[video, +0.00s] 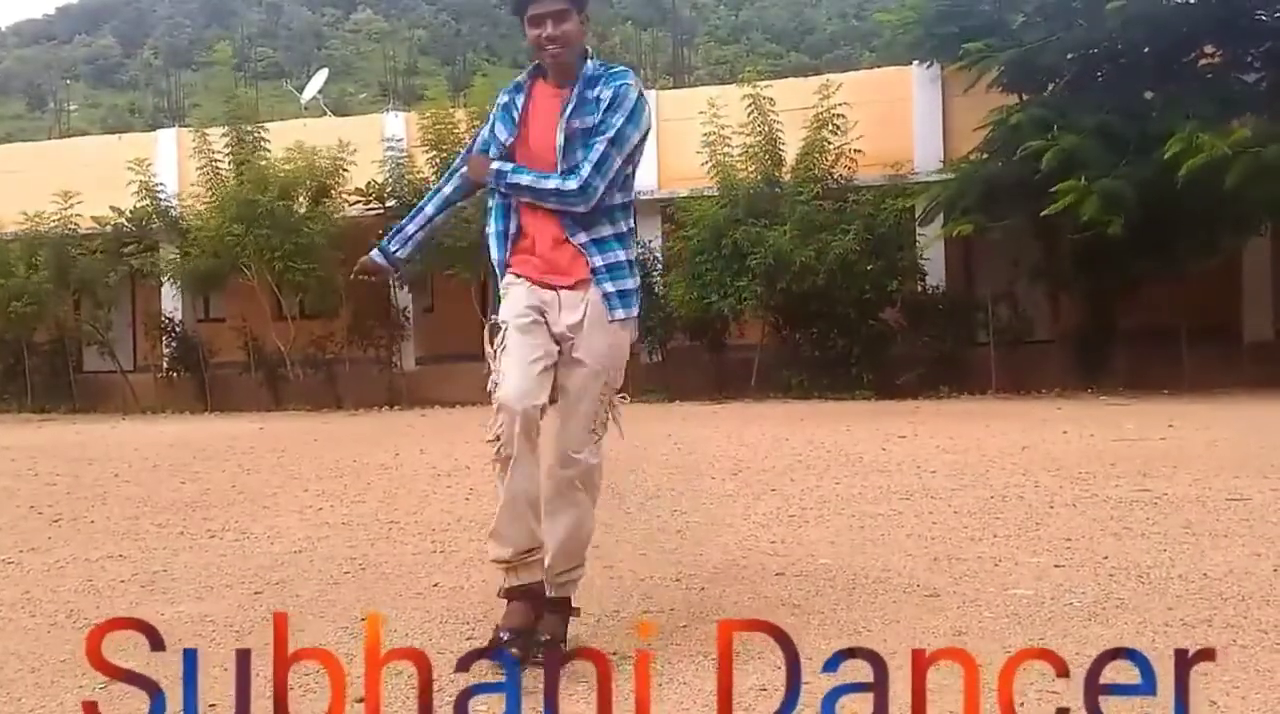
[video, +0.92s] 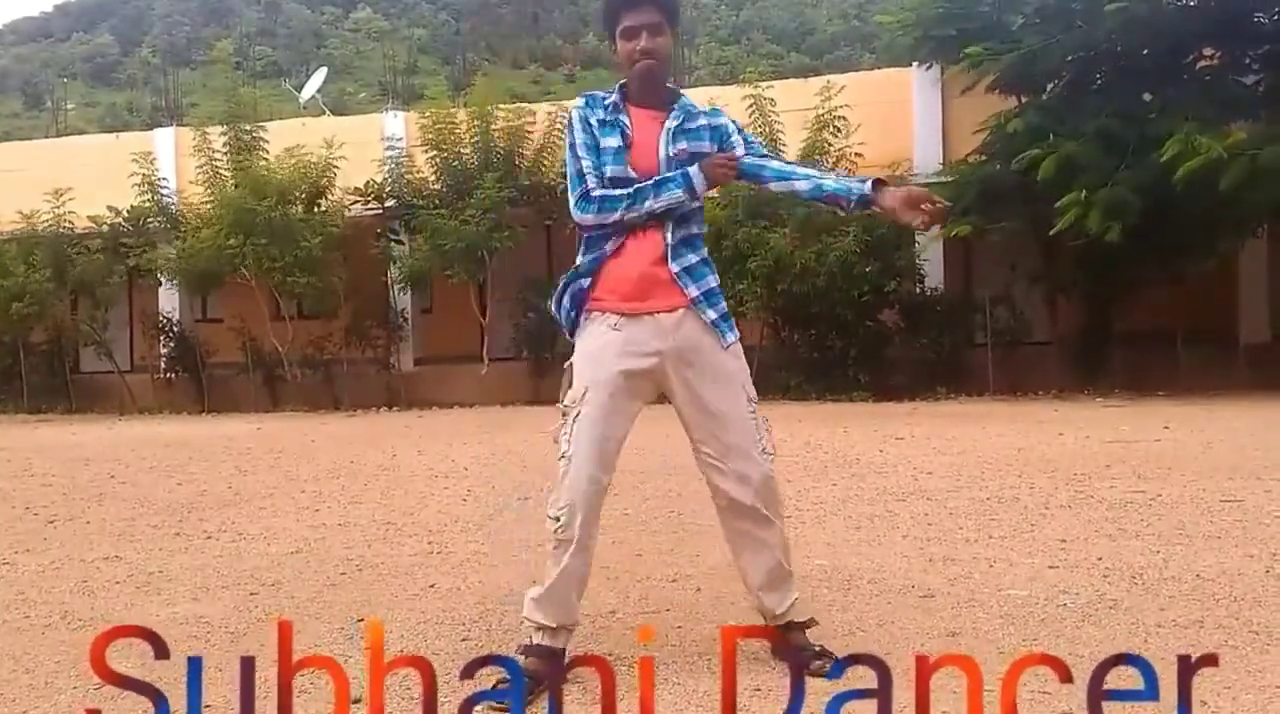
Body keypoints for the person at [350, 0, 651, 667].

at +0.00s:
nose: (548, 33)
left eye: (561, 19)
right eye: (537, 22)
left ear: (586, 22)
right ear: (525, 29)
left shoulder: (622, 92)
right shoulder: (513, 100)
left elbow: (584, 192)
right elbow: (463, 180)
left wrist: (497, 171)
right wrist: (392, 249)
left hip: (602, 290)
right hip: (525, 286)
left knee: (572, 452)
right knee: (517, 410)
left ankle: (557, 601)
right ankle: (522, 587)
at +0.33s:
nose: (504, 86)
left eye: (518, 70)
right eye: (492, 73)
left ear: (545, 64)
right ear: (480, 76)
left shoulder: (584, 118)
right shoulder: (498, 160)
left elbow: (580, 224)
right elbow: (485, 252)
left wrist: (503, 236)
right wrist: (422, 319)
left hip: (604, 333)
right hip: (528, 336)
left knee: (606, 486)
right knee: (504, 475)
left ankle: (597, 590)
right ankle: (544, 635)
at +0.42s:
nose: (497, 90)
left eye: (510, 75)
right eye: (485, 78)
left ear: (540, 71)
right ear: (476, 81)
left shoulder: (578, 124)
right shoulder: (499, 164)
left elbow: (589, 238)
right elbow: (505, 273)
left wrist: (522, 332)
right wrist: (443, 343)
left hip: (620, 335)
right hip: (541, 343)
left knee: (646, 468)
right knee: (507, 479)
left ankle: (652, 579)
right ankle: (543, 643)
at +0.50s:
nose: (497, 81)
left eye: (510, 67)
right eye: (485, 69)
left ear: (538, 69)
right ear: (474, 75)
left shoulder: (572, 126)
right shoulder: (495, 157)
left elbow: (588, 233)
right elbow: (517, 242)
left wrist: (611, 341)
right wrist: (517, 294)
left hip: (632, 317)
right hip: (552, 328)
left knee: (678, 458)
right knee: (526, 472)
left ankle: (711, 582)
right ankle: (545, 637)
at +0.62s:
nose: (523, 62)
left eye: (535, 49)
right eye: (510, 50)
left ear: (554, 52)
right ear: (492, 58)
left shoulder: (588, 106)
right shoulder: (494, 133)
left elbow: (650, 191)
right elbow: (533, 230)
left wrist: (721, 267)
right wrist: (596, 207)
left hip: (646, 310)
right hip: (565, 318)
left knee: (712, 460)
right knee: (548, 473)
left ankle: (772, 601)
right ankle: (547, 640)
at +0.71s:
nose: (555, 49)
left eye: (567, 36)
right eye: (542, 36)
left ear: (587, 39)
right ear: (525, 43)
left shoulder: (624, 94)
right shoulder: (514, 121)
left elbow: (697, 163)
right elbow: (543, 222)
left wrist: (782, 218)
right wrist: (627, 183)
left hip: (654, 313)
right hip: (570, 321)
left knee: (725, 467)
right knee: (547, 478)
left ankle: (790, 609)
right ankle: (546, 644)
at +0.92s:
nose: (643, 44)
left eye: (655, 31)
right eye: (630, 34)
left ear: (675, 40)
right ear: (613, 46)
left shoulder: (706, 125)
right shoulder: (592, 114)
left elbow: (781, 173)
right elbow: (589, 205)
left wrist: (874, 193)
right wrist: (693, 179)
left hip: (695, 318)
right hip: (610, 324)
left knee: (749, 480)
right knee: (579, 487)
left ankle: (788, 625)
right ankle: (546, 644)